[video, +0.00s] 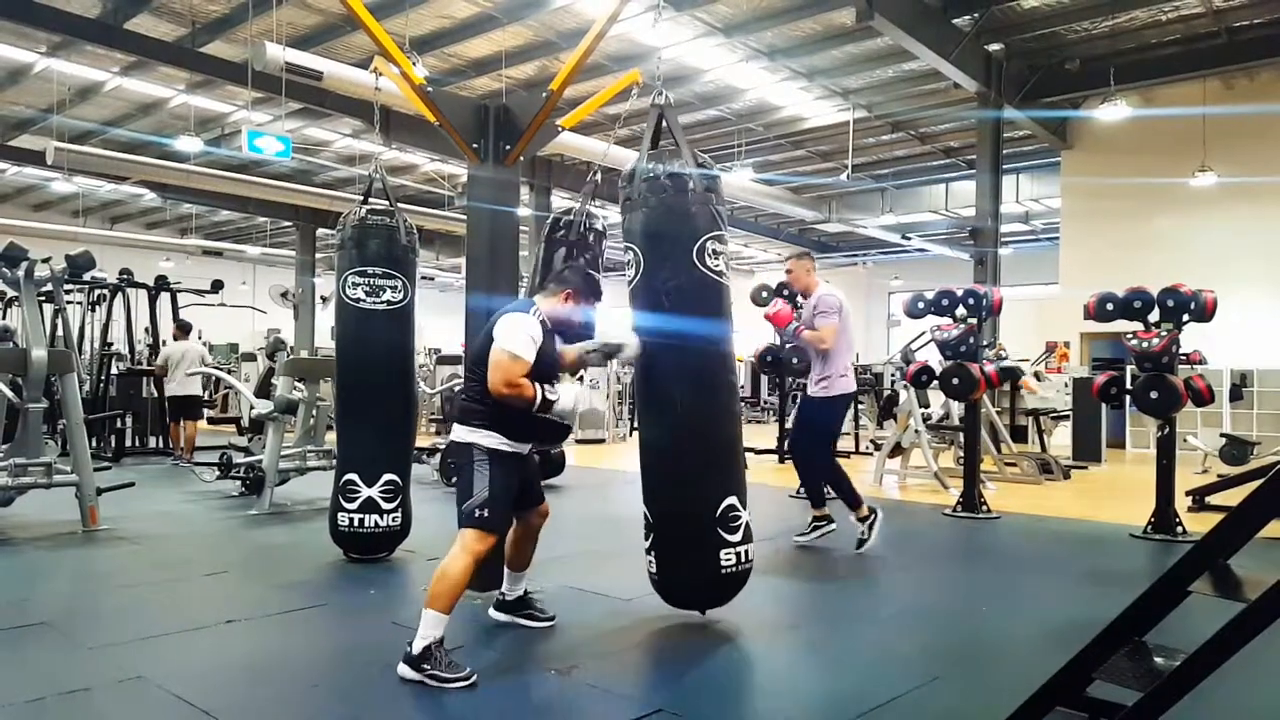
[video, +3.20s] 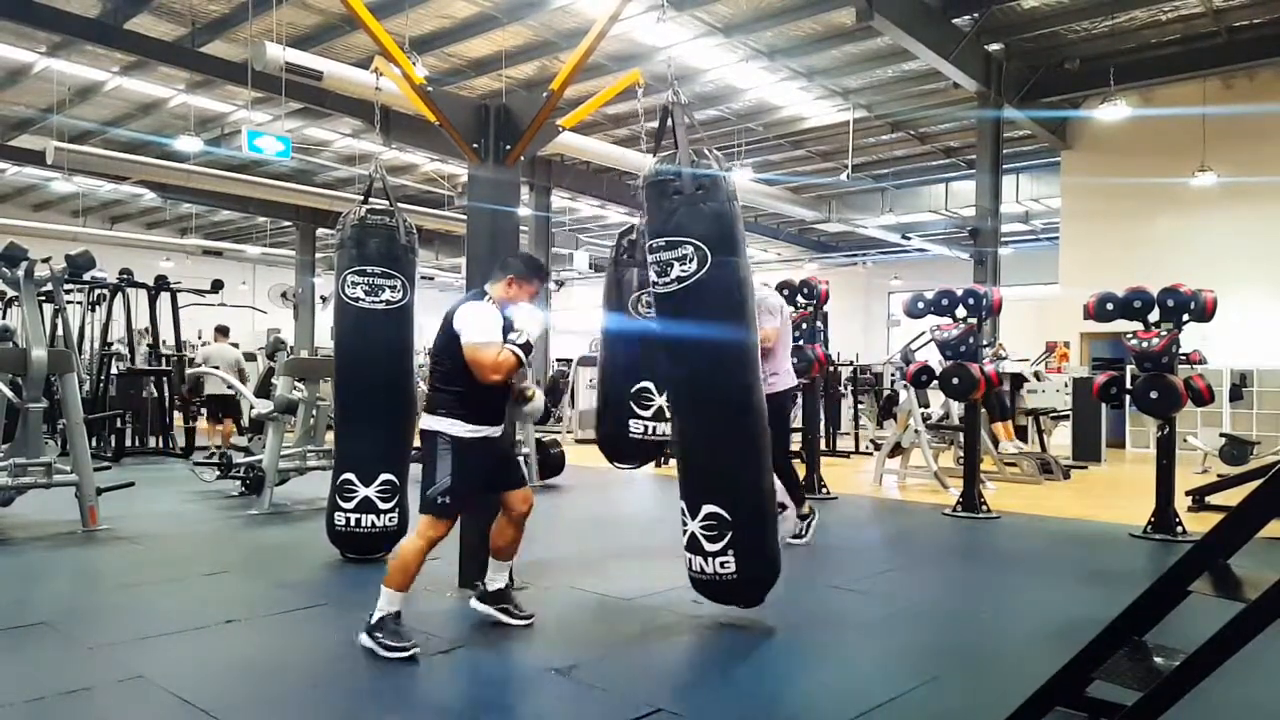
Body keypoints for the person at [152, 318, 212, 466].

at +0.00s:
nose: (173, 331)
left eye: (174, 329)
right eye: (174, 329)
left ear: (176, 331)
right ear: (189, 333)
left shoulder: (167, 349)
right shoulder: (199, 348)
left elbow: (158, 371)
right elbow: (210, 365)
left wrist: (172, 371)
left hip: (174, 392)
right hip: (194, 392)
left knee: (174, 422)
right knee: (190, 424)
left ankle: (177, 453)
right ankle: (187, 456)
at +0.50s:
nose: (158, 331)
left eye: (159, 329)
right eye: (159, 329)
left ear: (160, 330)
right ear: (173, 331)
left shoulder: (152, 349)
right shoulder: (184, 348)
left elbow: (142, 368)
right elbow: (190, 364)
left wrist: (157, 370)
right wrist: (176, 368)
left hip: (159, 393)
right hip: (180, 393)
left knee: (155, 424)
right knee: (183, 425)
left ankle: (155, 459)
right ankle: (186, 457)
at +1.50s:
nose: (165, 332)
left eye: (165, 329)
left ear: (164, 330)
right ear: (178, 331)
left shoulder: (153, 347)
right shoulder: (184, 348)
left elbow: (143, 363)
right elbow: (192, 364)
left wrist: (155, 367)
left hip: (159, 392)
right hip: (180, 391)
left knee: (155, 424)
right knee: (178, 424)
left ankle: (155, 458)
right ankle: (177, 457)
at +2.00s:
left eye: (183, 331)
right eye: (197, 334)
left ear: (183, 331)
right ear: (197, 334)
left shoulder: (169, 348)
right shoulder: (201, 351)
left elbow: (161, 366)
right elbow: (208, 372)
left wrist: (169, 374)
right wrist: (206, 387)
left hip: (173, 391)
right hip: (192, 391)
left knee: (175, 423)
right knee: (187, 424)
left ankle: (178, 454)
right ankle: (178, 456)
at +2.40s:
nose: (191, 335)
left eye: (188, 332)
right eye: (199, 332)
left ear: (187, 333)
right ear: (201, 333)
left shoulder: (178, 351)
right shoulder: (208, 349)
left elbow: (171, 370)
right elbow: (216, 367)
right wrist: (211, 381)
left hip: (187, 392)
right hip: (205, 391)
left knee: (189, 424)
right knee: (206, 423)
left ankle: (193, 451)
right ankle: (189, 445)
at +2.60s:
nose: (199, 335)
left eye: (194, 333)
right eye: (203, 333)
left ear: (191, 333)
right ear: (206, 333)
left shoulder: (182, 352)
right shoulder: (213, 349)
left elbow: (177, 374)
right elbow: (221, 370)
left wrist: (180, 392)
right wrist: (221, 388)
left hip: (190, 393)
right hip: (210, 392)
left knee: (193, 423)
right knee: (216, 423)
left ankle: (195, 452)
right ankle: (212, 448)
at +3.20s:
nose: (214, 337)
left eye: (214, 335)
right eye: (217, 335)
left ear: (215, 335)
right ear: (228, 336)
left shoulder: (206, 350)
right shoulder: (235, 352)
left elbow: (194, 369)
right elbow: (243, 374)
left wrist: (190, 386)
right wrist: (242, 389)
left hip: (211, 393)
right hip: (229, 393)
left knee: (212, 422)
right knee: (228, 422)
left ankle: (212, 447)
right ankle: (225, 449)